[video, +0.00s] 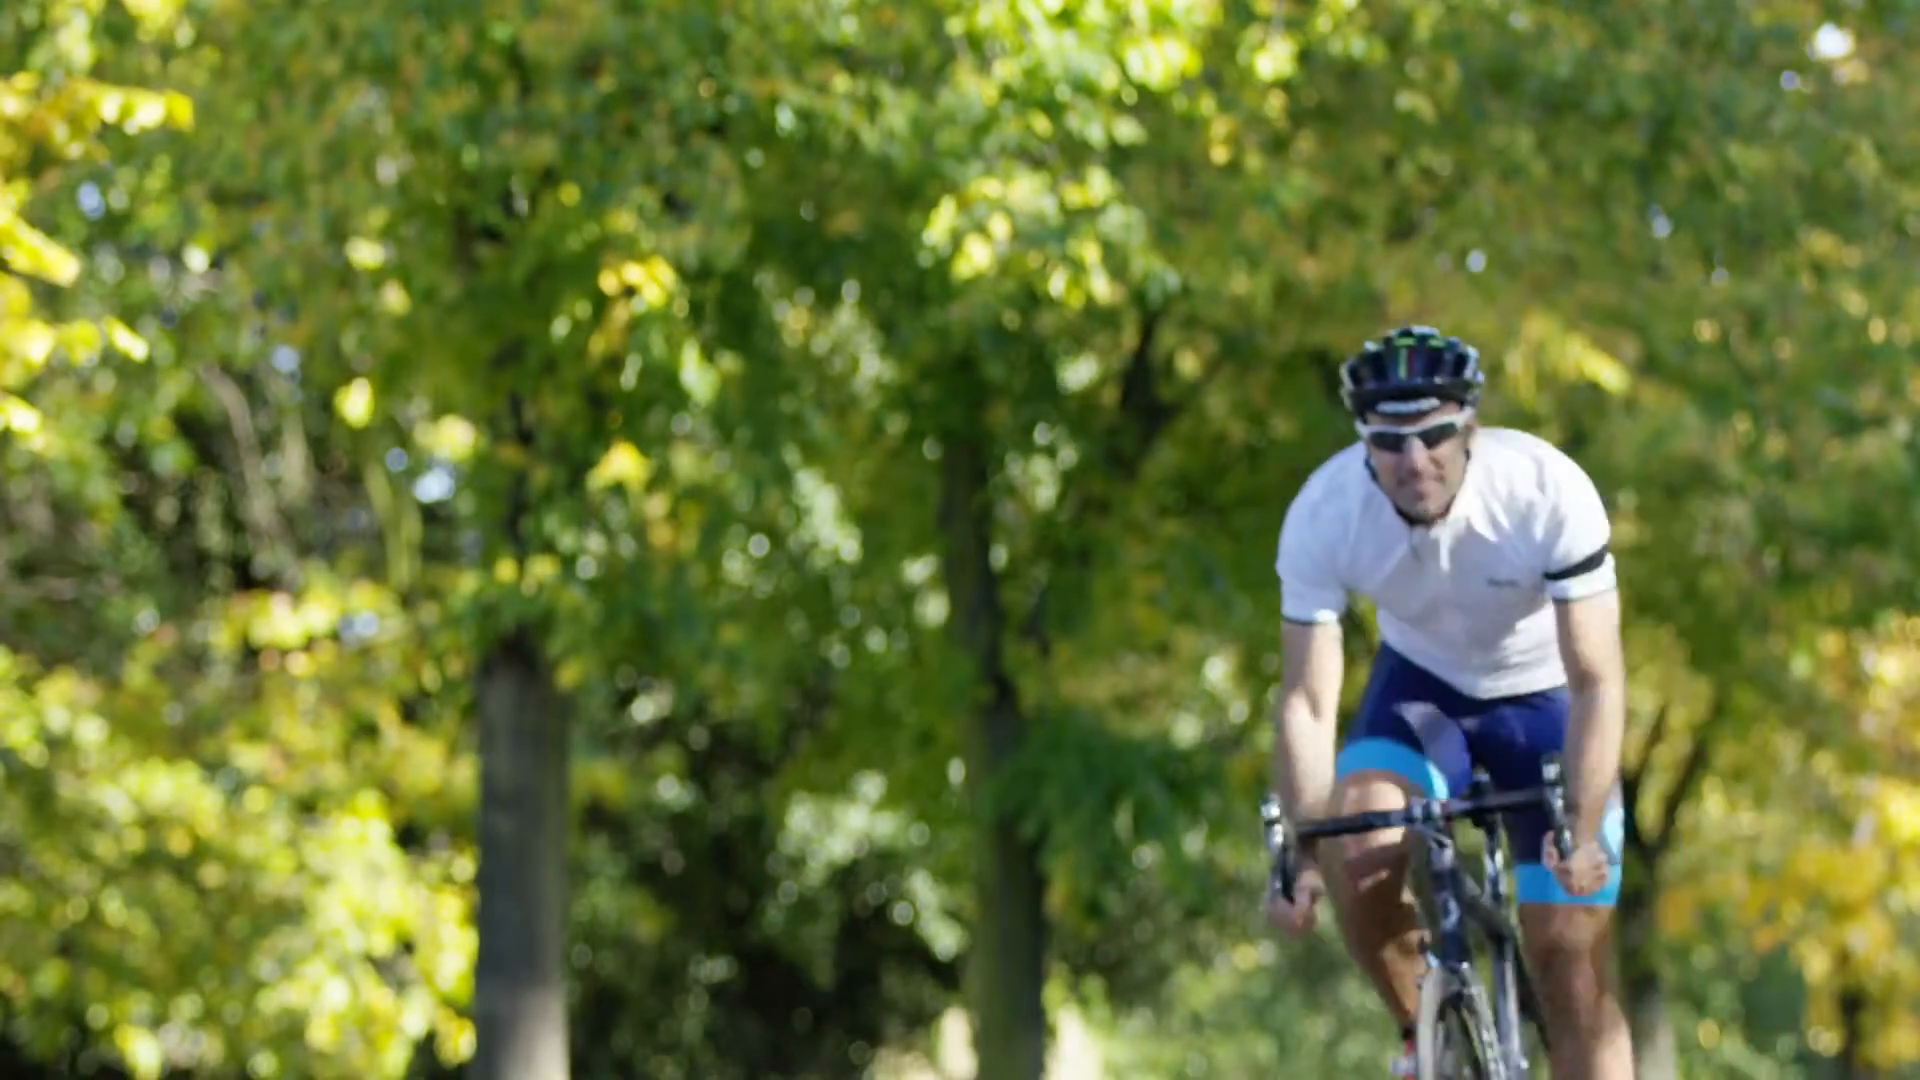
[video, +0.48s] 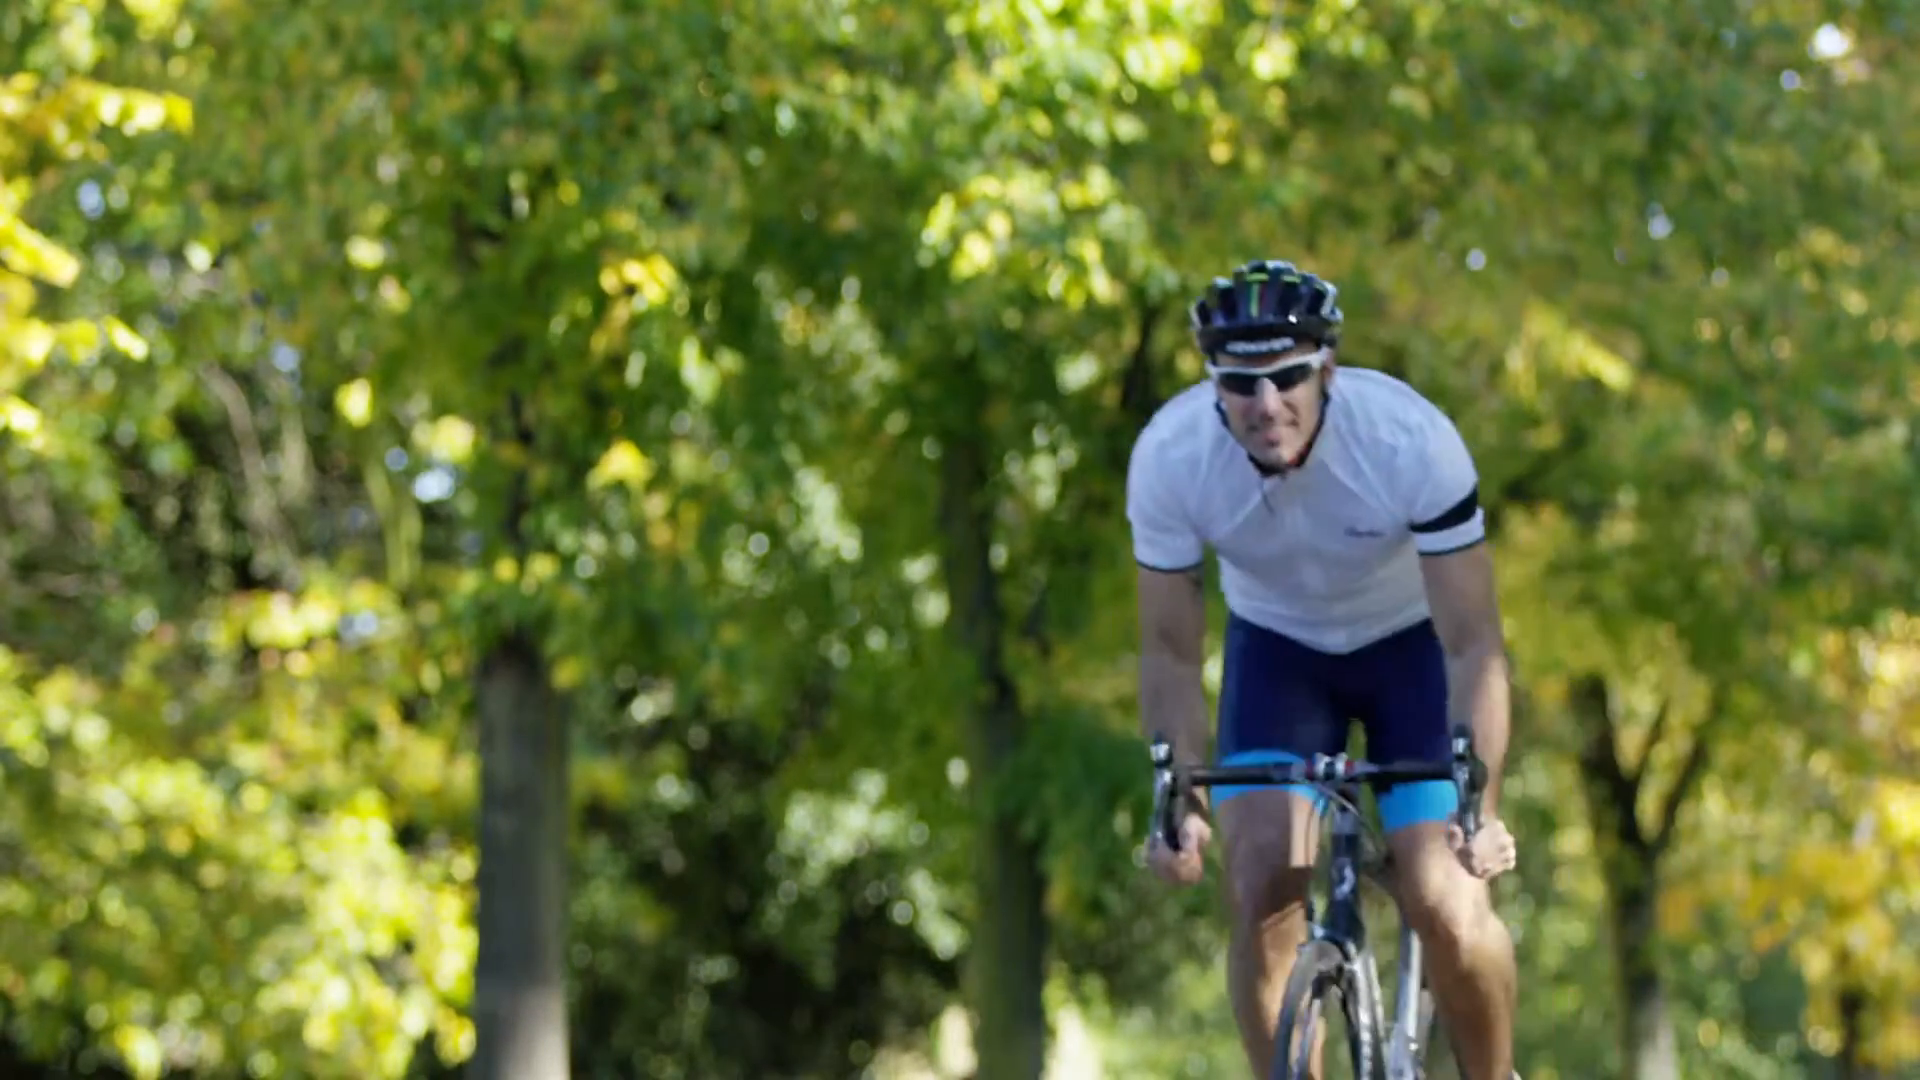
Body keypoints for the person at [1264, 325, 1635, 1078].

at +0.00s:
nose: (1415, 462)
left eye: (1435, 438)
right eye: (1390, 443)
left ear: (1470, 429)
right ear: (1363, 441)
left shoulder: (1551, 492)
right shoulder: (1324, 514)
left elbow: (1598, 679)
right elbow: (1306, 698)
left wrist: (1584, 830)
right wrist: (1303, 848)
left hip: (1546, 689)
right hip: (1417, 682)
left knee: (1567, 957)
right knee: (1362, 840)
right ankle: (1422, 1037)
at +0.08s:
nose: (1389, 455)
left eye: (1409, 429)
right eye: (1364, 435)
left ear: (1445, 419)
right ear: (1338, 434)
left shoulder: (1526, 483)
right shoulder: (1299, 506)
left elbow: (1581, 668)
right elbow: (1285, 691)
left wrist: (1567, 824)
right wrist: (1276, 839)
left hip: (1525, 682)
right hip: (1395, 673)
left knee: (1543, 954)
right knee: (1338, 831)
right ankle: (1399, 1035)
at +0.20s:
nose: (1351, 440)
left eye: (1372, 415)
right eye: (1326, 420)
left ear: (1410, 407)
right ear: (1300, 419)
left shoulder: (1492, 472)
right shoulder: (1261, 495)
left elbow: (1551, 663)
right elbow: (1251, 677)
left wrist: (1540, 810)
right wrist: (1250, 821)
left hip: (1490, 668)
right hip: (1359, 657)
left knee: (1518, 961)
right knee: (1307, 822)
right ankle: (1369, 1053)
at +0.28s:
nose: (1323, 433)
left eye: (1345, 407)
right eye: (1299, 411)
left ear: (1386, 396)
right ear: (1274, 407)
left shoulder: (1469, 462)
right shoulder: (1236, 484)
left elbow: (1528, 651)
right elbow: (1227, 667)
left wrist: (1525, 809)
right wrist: (1231, 819)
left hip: (1469, 657)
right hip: (1335, 648)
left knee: (1497, 941)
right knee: (1295, 822)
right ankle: (1348, 1065)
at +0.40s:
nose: (1288, 417)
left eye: (1310, 391)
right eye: (1264, 396)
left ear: (1350, 380)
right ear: (1237, 391)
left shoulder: (1435, 450)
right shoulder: (1195, 474)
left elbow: (1495, 640)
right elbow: (1193, 655)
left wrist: (1498, 802)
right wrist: (1201, 801)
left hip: (1432, 641)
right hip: (1297, 641)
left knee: (1460, 906)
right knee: (1273, 870)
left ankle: (1508, 1070)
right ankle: (1310, 1068)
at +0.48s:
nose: (1268, 406)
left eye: (1288, 379)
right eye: (1242, 385)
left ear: (1327, 368)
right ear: (1213, 382)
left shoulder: (1413, 442)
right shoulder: (1170, 459)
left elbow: (1474, 639)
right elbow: (1169, 645)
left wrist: (1481, 807)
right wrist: (1181, 789)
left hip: (1409, 636)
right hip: (1273, 642)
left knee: (1438, 896)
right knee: (1265, 894)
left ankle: (1491, 1071)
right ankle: (1288, 1071)